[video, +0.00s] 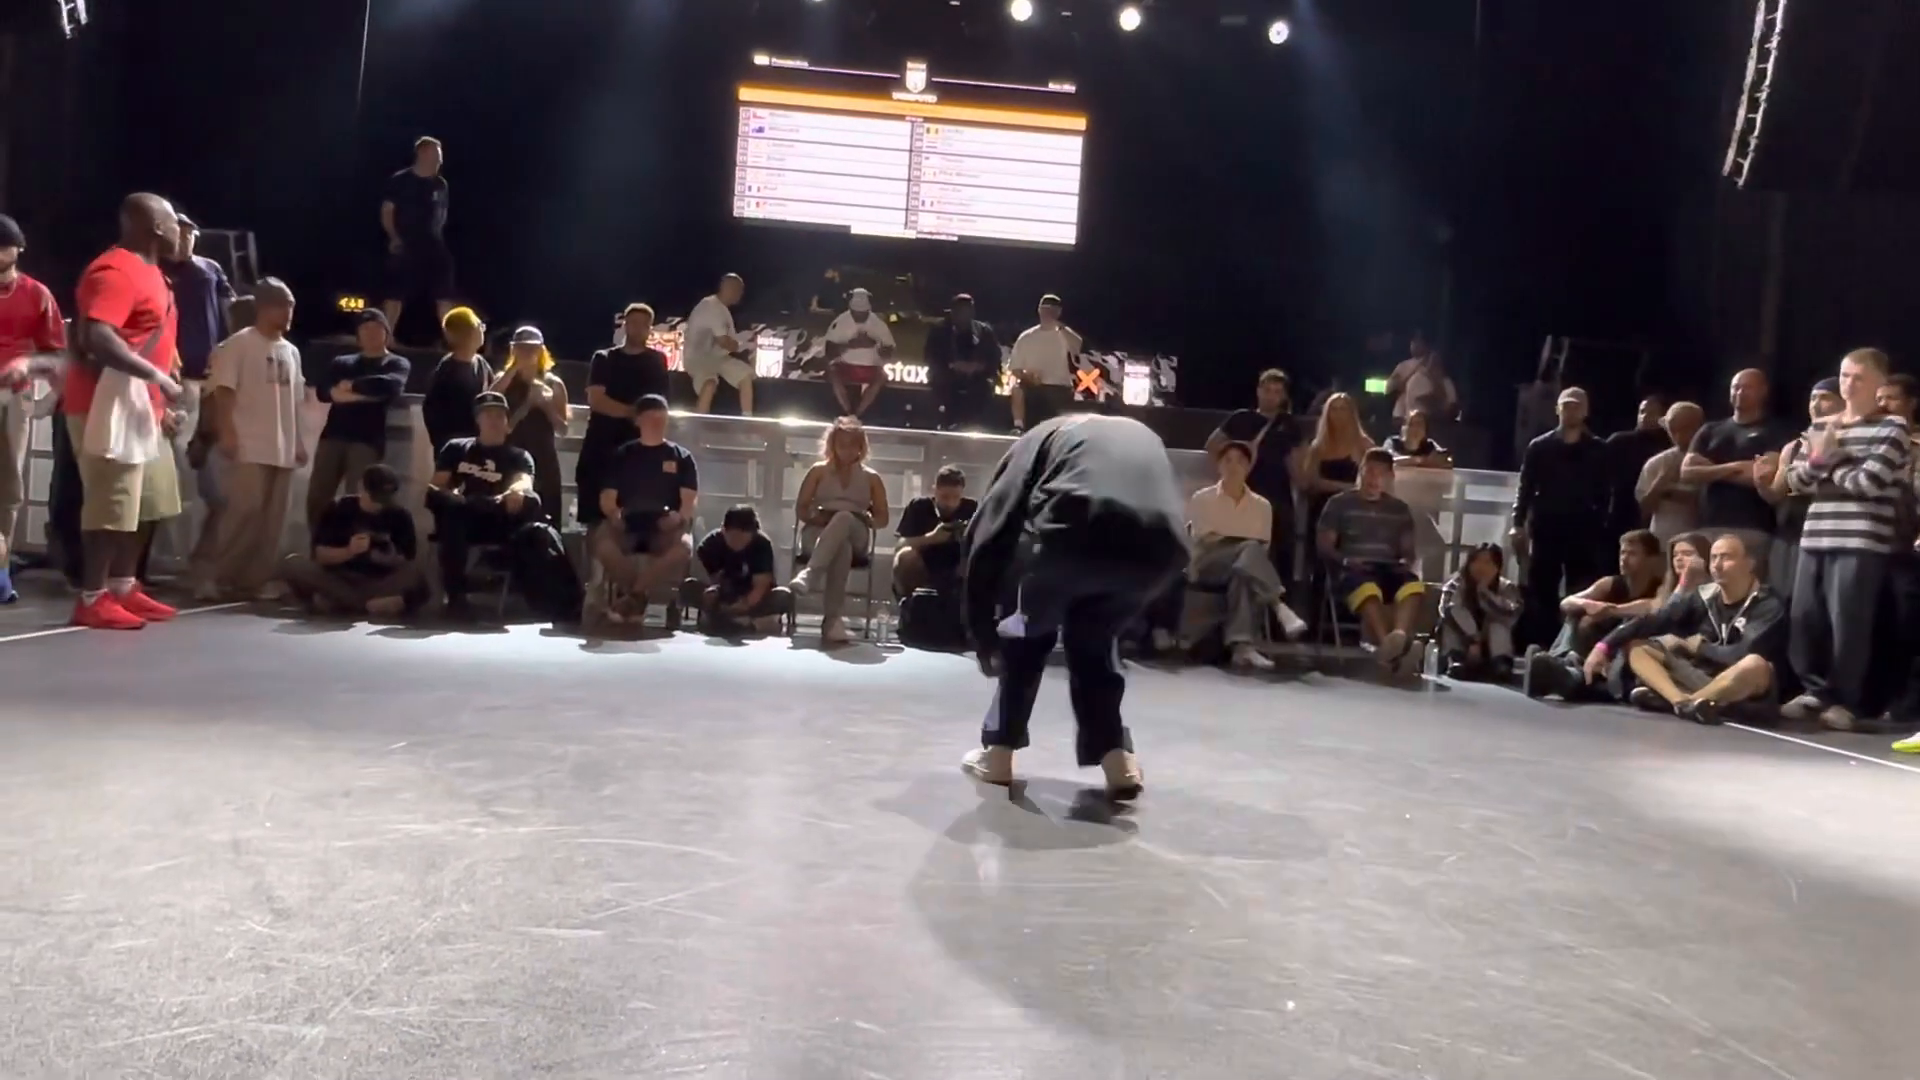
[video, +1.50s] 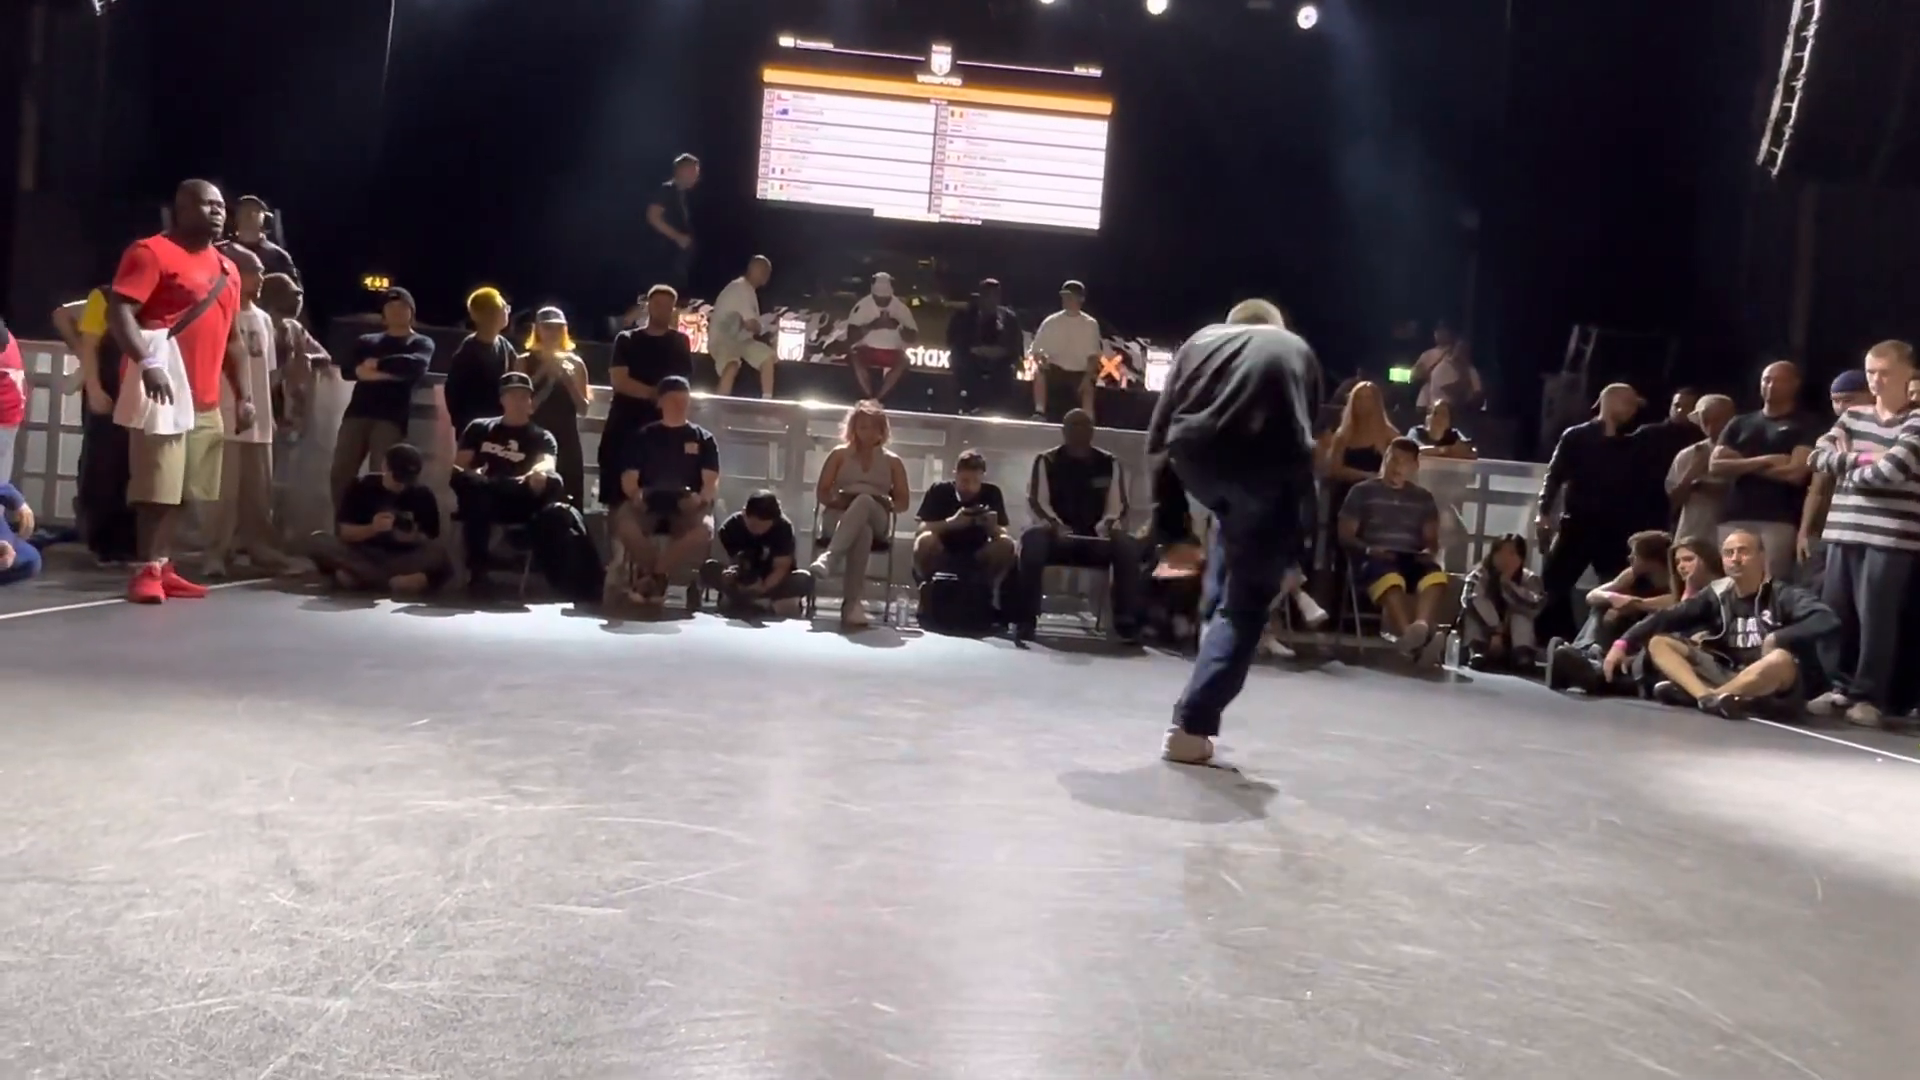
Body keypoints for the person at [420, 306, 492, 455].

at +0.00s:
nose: (483, 328)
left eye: (481, 324)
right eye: (478, 325)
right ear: (468, 334)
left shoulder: (481, 364)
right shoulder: (445, 372)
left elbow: (489, 397)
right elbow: (430, 407)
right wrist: (441, 443)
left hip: (478, 441)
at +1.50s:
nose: (509, 309)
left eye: (505, 305)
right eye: (503, 306)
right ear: (489, 314)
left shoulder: (505, 347)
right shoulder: (466, 354)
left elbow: (512, 384)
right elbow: (452, 389)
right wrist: (461, 424)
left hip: (501, 425)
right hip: (471, 427)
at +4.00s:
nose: (511, 308)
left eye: (511, 302)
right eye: (505, 303)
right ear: (486, 308)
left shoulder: (514, 341)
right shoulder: (466, 344)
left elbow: (523, 378)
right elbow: (452, 382)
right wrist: (465, 416)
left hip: (507, 417)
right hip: (473, 418)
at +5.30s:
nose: (489, 317)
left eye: (495, 312)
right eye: (486, 311)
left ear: (506, 318)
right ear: (479, 313)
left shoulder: (515, 350)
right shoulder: (458, 345)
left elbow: (519, 389)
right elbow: (450, 384)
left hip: (500, 426)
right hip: (462, 422)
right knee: (459, 485)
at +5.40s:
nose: (487, 318)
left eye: (493, 313)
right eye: (484, 311)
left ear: (505, 319)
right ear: (477, 313)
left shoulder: (514, 351)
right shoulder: (457, 345)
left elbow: (516, 391)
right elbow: (447, 382)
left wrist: (509, 426)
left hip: (497, 427)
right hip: (459, 423)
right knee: (455, 485)